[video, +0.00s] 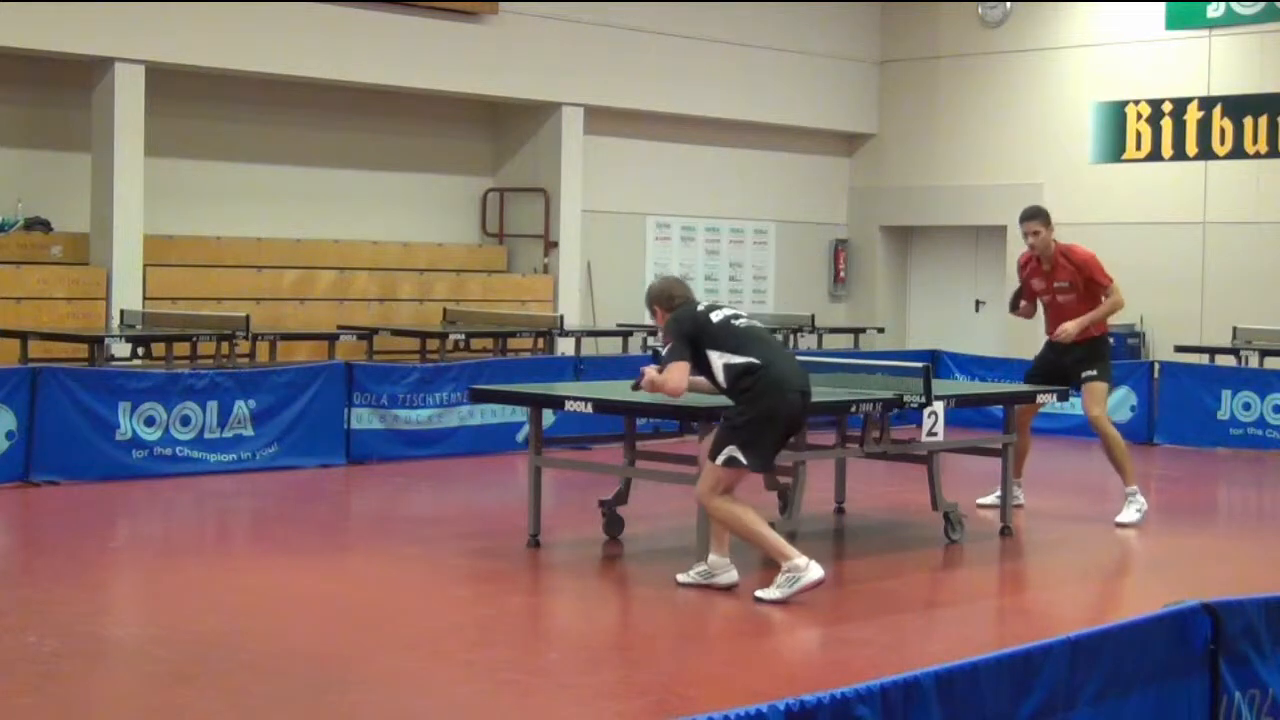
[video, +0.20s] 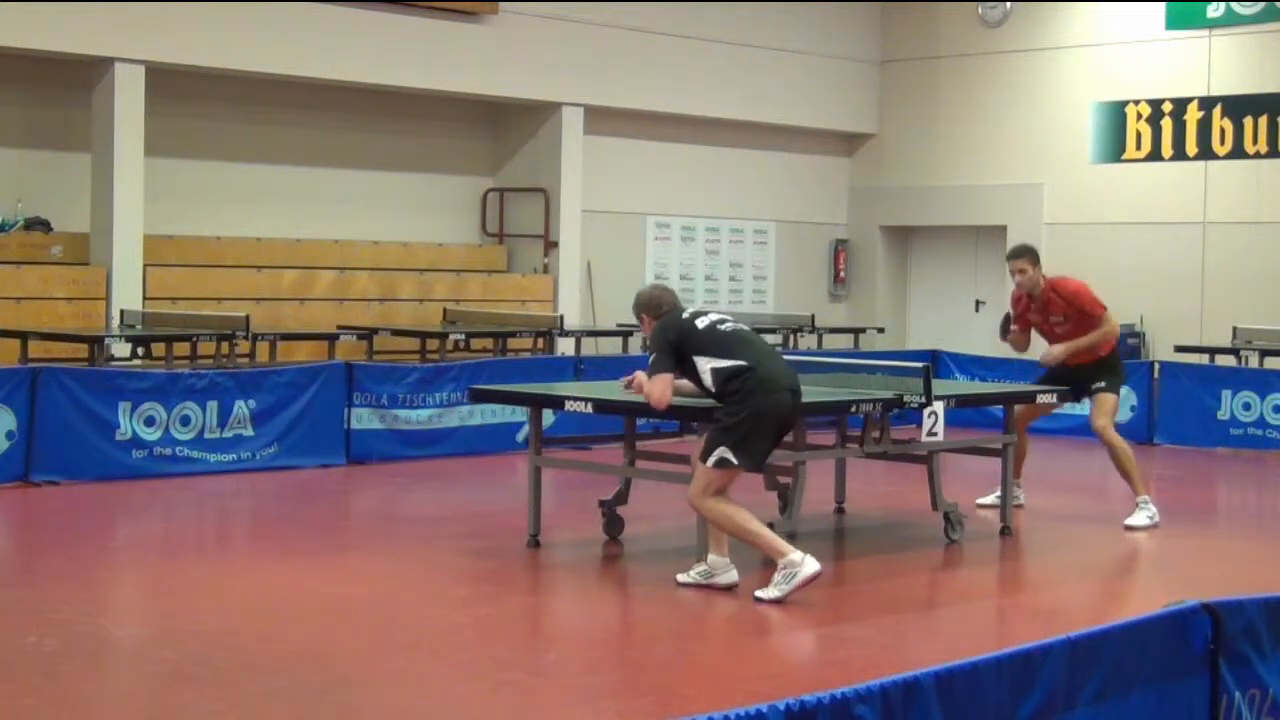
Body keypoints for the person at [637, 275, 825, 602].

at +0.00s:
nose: (656, 324)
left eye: (654, 316)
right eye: (653, 316)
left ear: (662, 311)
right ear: (689, 301)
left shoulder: (681, 322)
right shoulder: (716, 314)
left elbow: (675, 385)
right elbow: (724, 382)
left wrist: (654, 379)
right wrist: (675, 379)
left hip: (766, 397)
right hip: (795, 393)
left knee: (709, 494)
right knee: (713, 456)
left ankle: (798, 565)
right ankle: (718, 562)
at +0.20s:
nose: (644, 332)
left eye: (642, 324)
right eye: (642, 325)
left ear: (650, 318)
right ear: (675, 309)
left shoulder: (666, 330)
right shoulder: (703, 318)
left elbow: (660, 400)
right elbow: (710, 385)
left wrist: (644, 384)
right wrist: (664, 383)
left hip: (755, 398)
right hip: (786, 393)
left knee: (701, 496)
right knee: (705, 459)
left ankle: (793, 560)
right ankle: (718, 563)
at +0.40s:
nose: (634, 335)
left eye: (632, 329)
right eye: (632, 329)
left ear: (639, 324)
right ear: (665, 312)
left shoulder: (655, 335)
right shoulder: (694, 320)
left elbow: (652, 405)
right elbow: (700, 384)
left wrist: (637, 385)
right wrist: (655, 382)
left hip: (747, 397)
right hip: (780, 392)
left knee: (697, 496)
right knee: (701, 461)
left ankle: (789, 557)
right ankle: (718, 563)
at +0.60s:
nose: (629, 335)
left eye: (627, 328)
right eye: (627, 329)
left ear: (634, 323)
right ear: (660, 312)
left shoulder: (650, 333)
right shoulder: (687, 319)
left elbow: (646, 404)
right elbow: (696, 384)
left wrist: (630, 382)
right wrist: (649, 381)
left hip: (743, 394)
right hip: (775, 388)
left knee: (693, 493)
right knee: (710, 480)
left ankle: (785, 555)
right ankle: (718, 563)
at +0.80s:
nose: (627, 327)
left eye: (626, 320)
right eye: (625, 320)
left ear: (634, 315)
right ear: (659, 305)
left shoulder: (650, 327)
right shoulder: (686, 316)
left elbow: (644, 398)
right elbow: (691, 383)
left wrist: (629, 377)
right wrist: (640, 380)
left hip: (747, 390)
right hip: (776, 386)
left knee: (699, 493)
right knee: (707, 469)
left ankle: (795, 550)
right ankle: (718, 563)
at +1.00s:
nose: (638, 303)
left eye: (636, 295)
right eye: (636, 296)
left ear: (645, 292)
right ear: (671, 285)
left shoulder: (667, 311)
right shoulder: (692, 304)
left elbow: (644, 376)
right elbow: (682, 366)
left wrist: (624, 347)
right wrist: (624, 370)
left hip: (759, 398)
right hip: (751, 396)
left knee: (730, 500)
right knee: (698, 456)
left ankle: (816, 572)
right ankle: (717, 563)